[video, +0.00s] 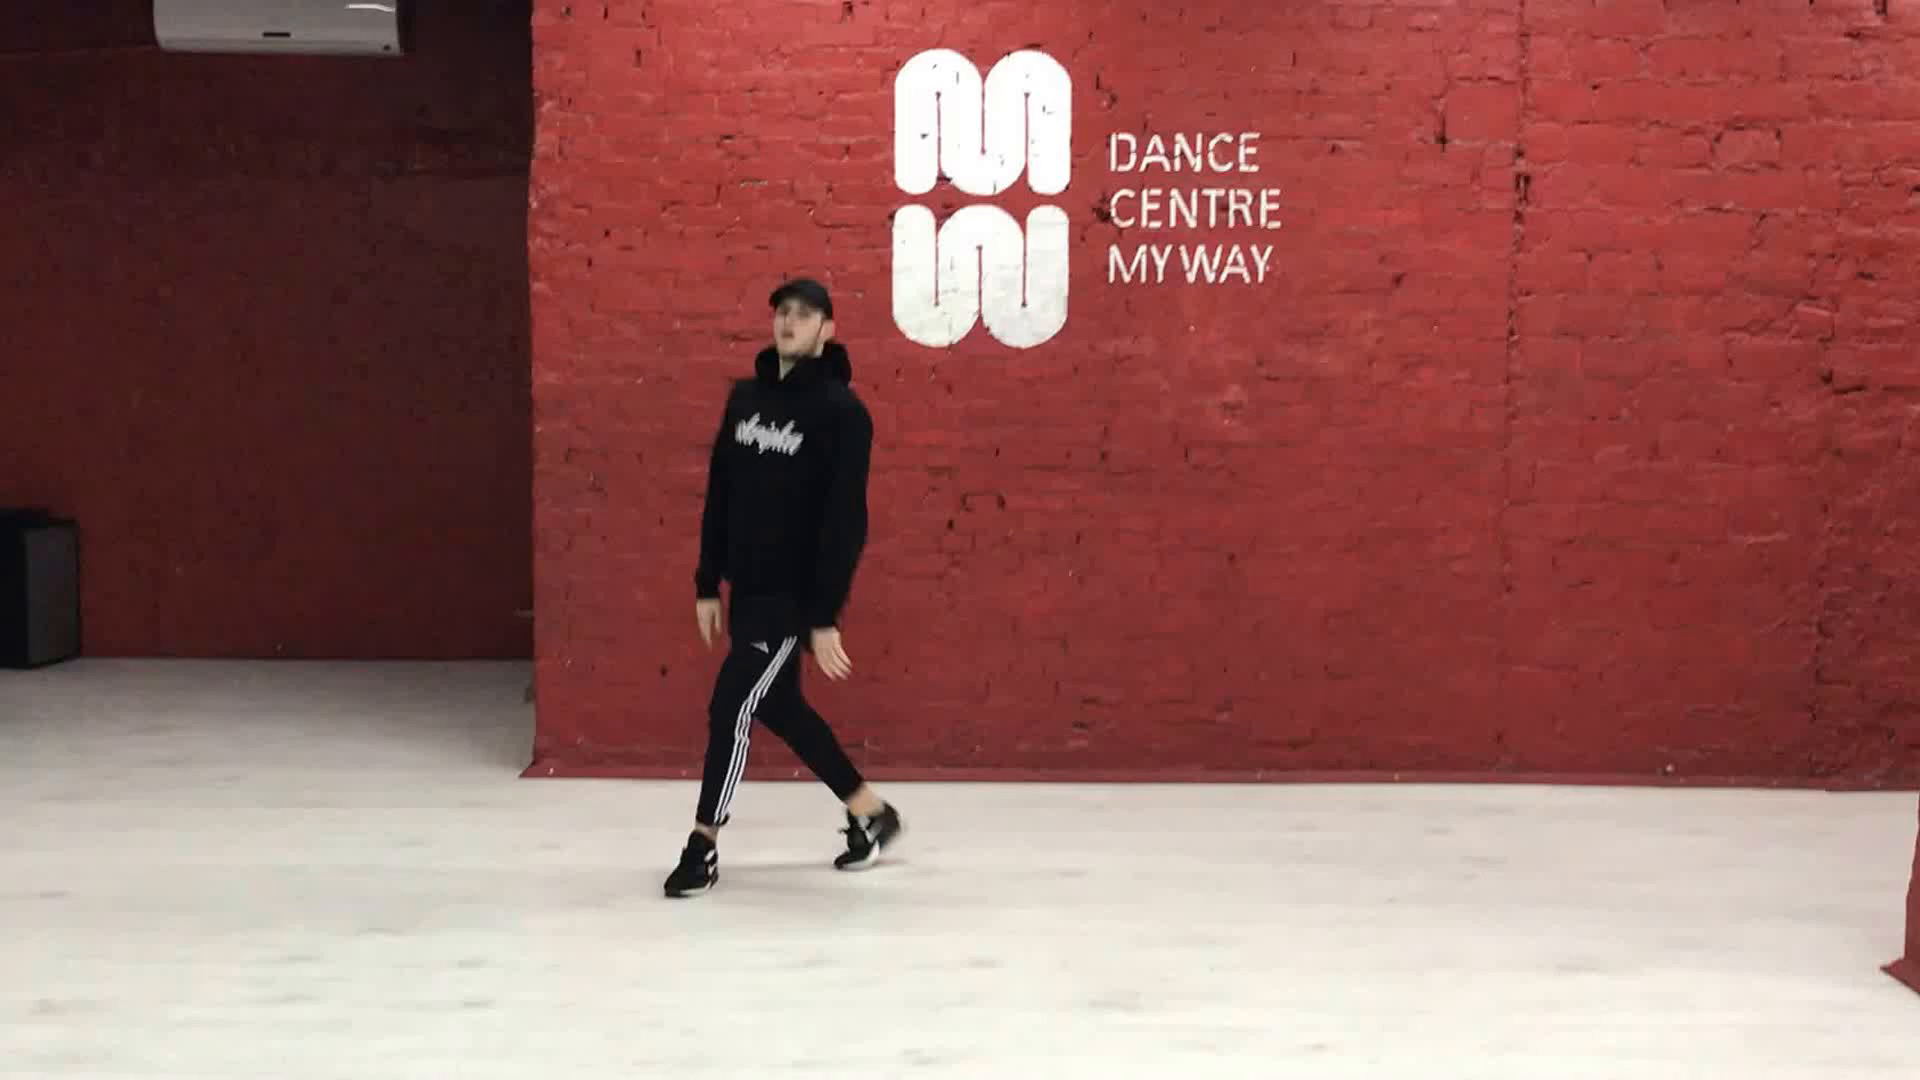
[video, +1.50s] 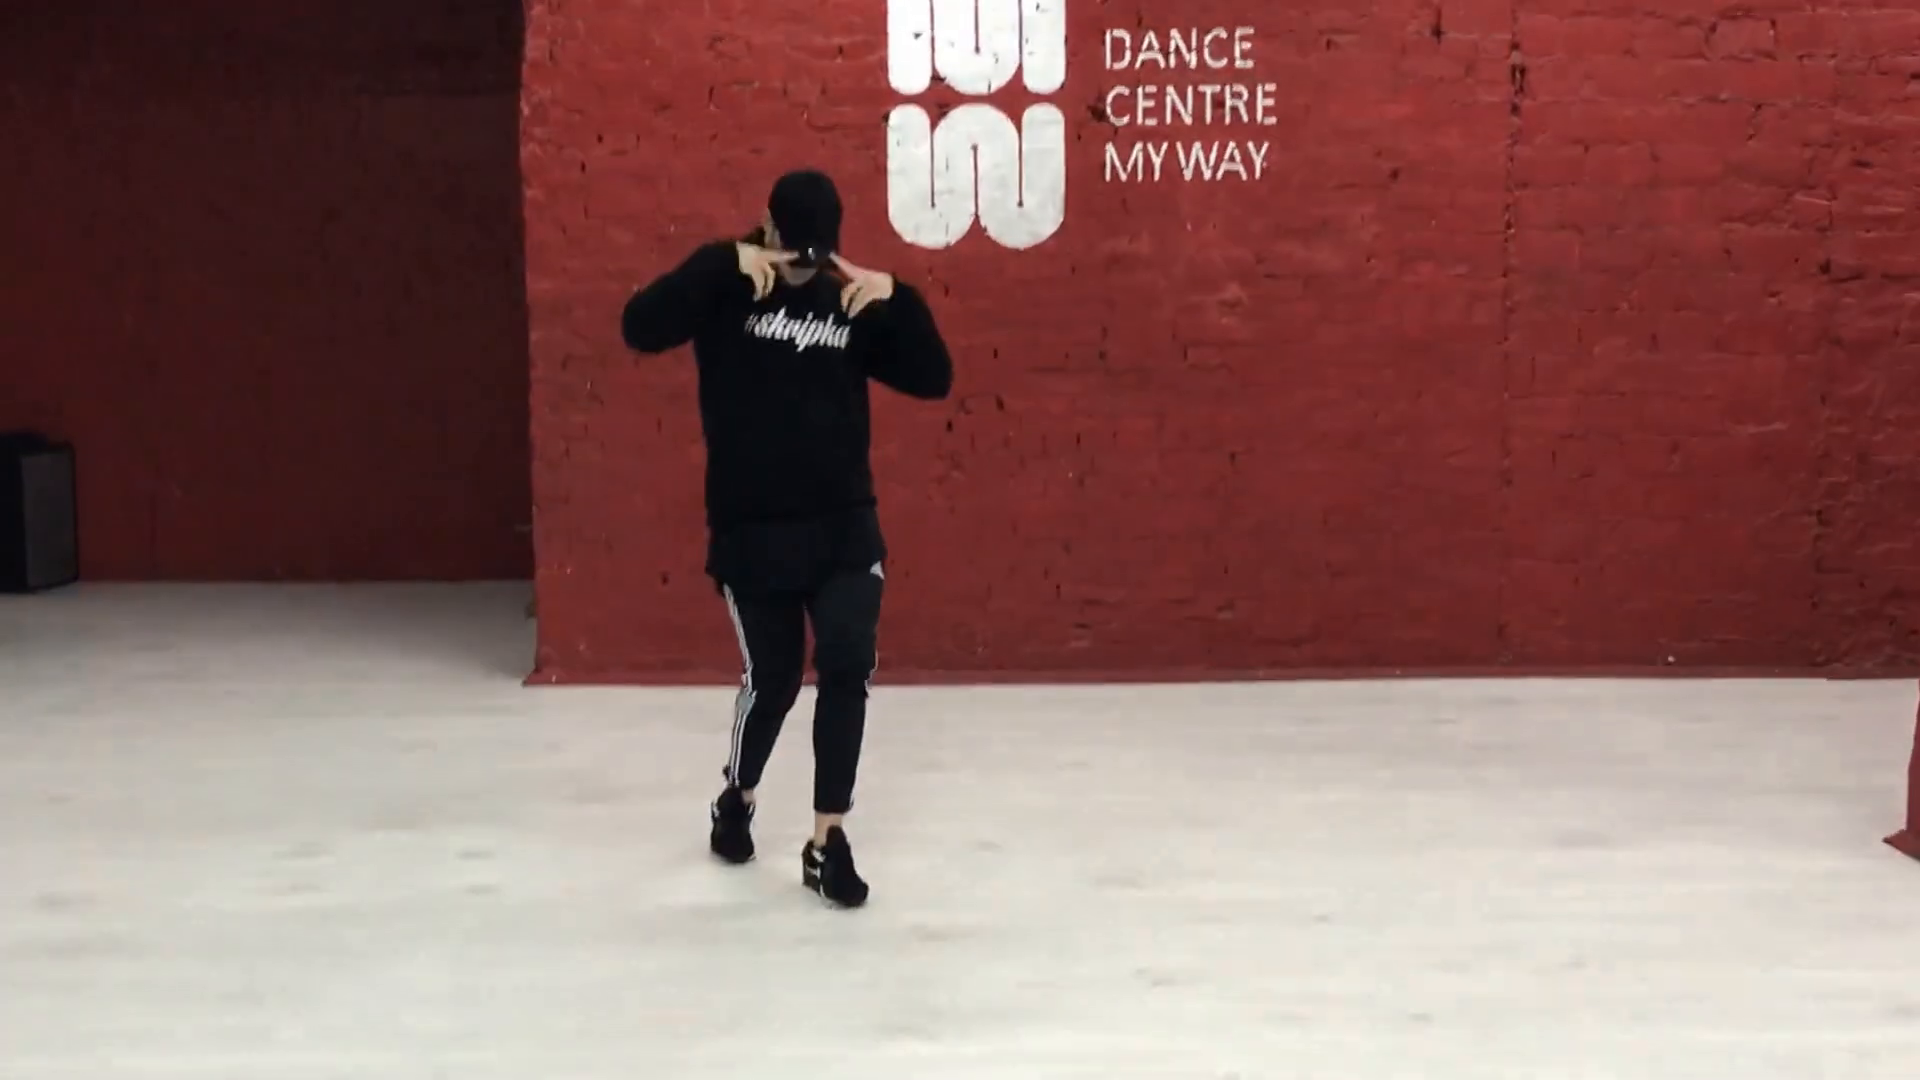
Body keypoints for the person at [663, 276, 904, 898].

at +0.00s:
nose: (788, 324)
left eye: (803, 315)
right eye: (782, 313)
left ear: (826, 328)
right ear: (772, 322)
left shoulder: (843, 412)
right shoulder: (746, 396)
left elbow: (847, 520)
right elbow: (720, 493)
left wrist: (825, 616)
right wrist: (708, 584)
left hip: (797, 590)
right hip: (745, 586)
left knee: (730, 707)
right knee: (785, 711)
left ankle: (702, 842)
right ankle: (869, 811)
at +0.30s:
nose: (752, 301)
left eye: (765, 292)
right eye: (743, 290)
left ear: (785, 304)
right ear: (728, 299)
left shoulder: (810, 391)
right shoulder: (696, 375)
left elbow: (817, 502)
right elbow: (657, 469)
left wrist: (772, 587)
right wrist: (632, 560)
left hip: (756, 577)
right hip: (686, 567)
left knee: (715, 702)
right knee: (659, 684)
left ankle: (703, 825)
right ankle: (693, 762)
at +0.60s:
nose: (733, 273)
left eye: (746, 263)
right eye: (723, 262)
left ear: (764, 275)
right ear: (705, 272)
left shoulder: (800, 364)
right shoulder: (668, 351)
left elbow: (836, 465)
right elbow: (622, 448)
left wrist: (811, 552)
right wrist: (632, 540)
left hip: (758, 553)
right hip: (680, 547)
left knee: (725, 688)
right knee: (703, 681)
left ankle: (695, 818)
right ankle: (700, 829)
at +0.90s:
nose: (737, 240)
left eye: (748, 230)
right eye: (723, 230)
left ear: (765, 243)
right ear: (702, 243)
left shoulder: (801, 328)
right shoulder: (671, 327)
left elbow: (847, 430)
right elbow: (631, 435)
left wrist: (831, 399)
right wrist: (639, 396)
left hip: (770, 534)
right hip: (691, 533)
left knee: (748, 687)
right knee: (724, 680)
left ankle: (705, 787)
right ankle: (727, 838)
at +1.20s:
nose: (770, 209)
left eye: (780, 198)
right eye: (756, 197)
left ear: (793, 212)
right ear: (727, 208)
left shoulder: (819, 304)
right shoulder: (686, 296)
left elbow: (857, 411)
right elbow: (635, 402)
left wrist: (925, 361)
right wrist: (588, 349)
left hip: (799, 522)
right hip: (713, 522)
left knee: (814, 669)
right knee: (736, 673)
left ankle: (795, 824)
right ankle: (730, 826)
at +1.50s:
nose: (802, 267)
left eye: (817, 256)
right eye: (793, 253)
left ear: (837, 247)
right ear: (768, 234)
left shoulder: (854, 304)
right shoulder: (722, 288)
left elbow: (932, 380)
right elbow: (640, 327)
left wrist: (895, 299)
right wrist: (725, 262)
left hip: (842, 522)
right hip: (752, 524)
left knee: (848, 674)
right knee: (774, 679)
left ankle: (828, 838)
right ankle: (736, 800)